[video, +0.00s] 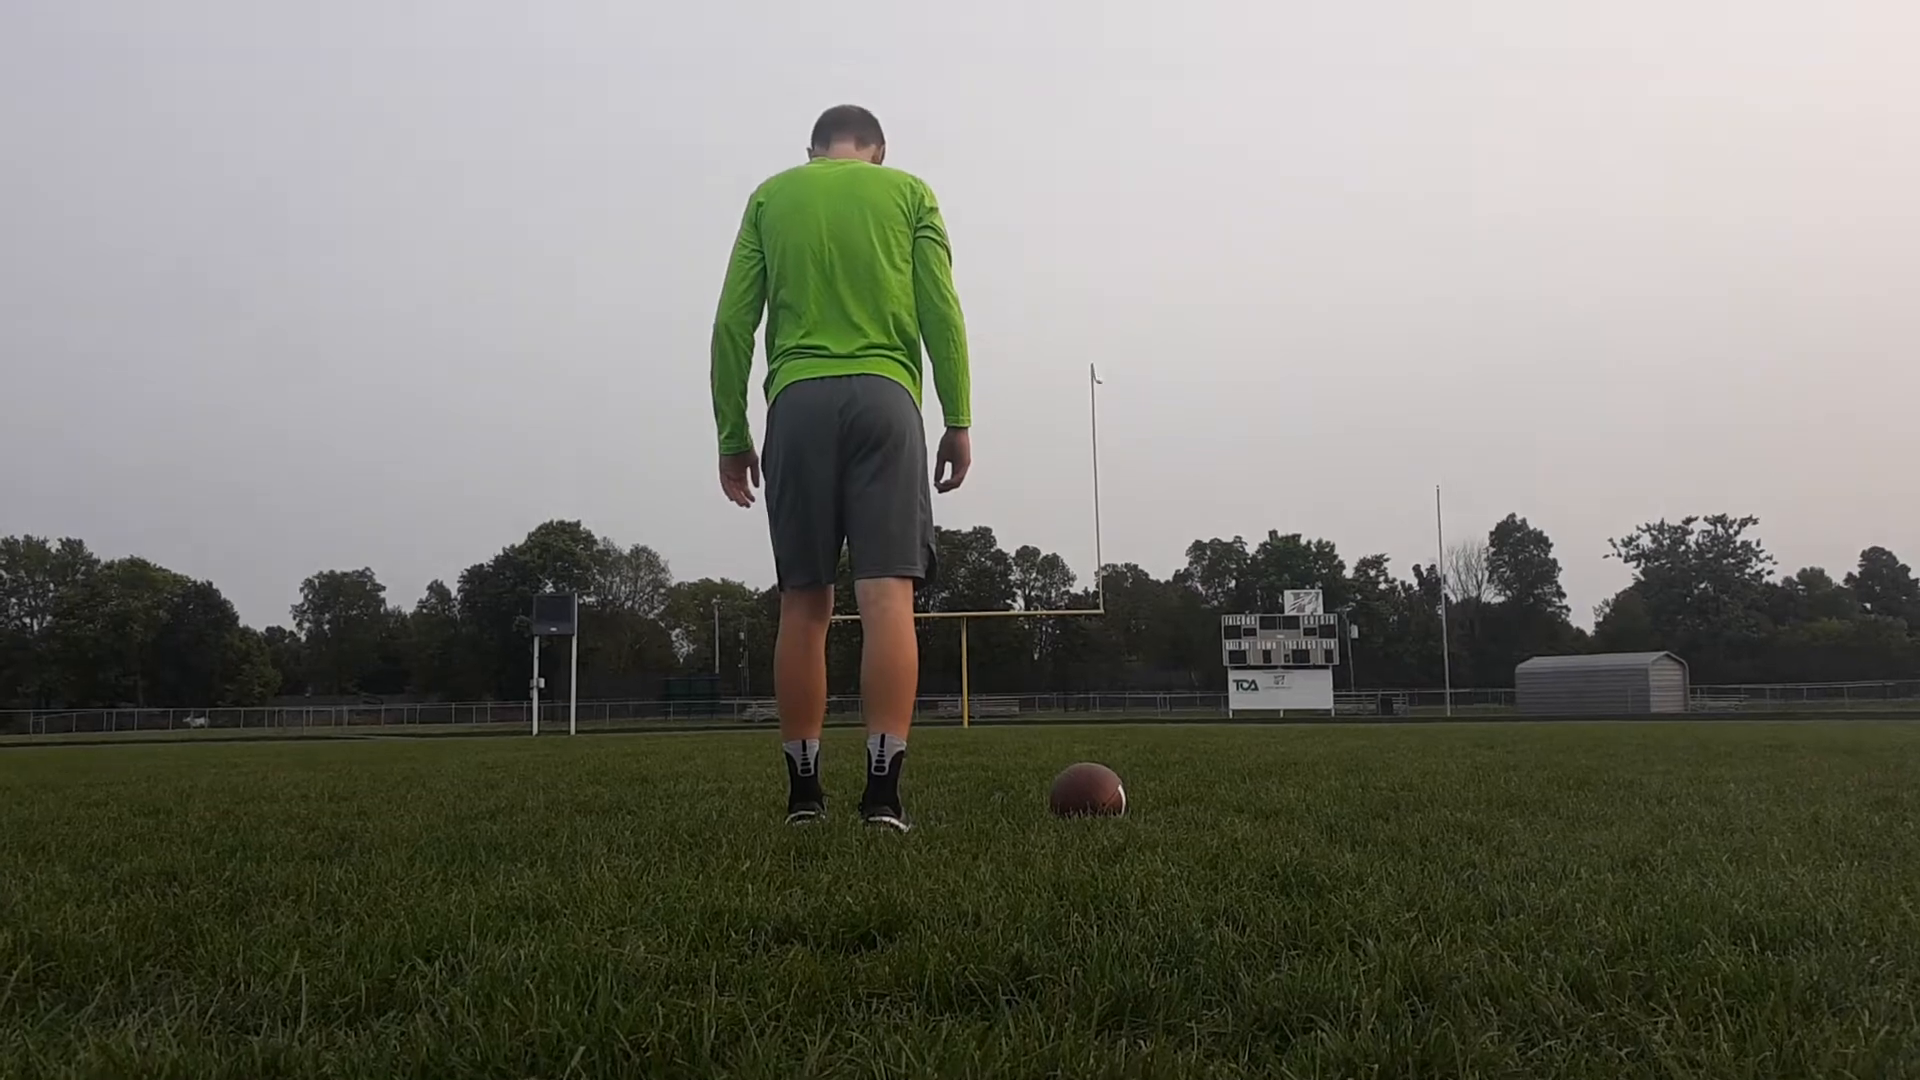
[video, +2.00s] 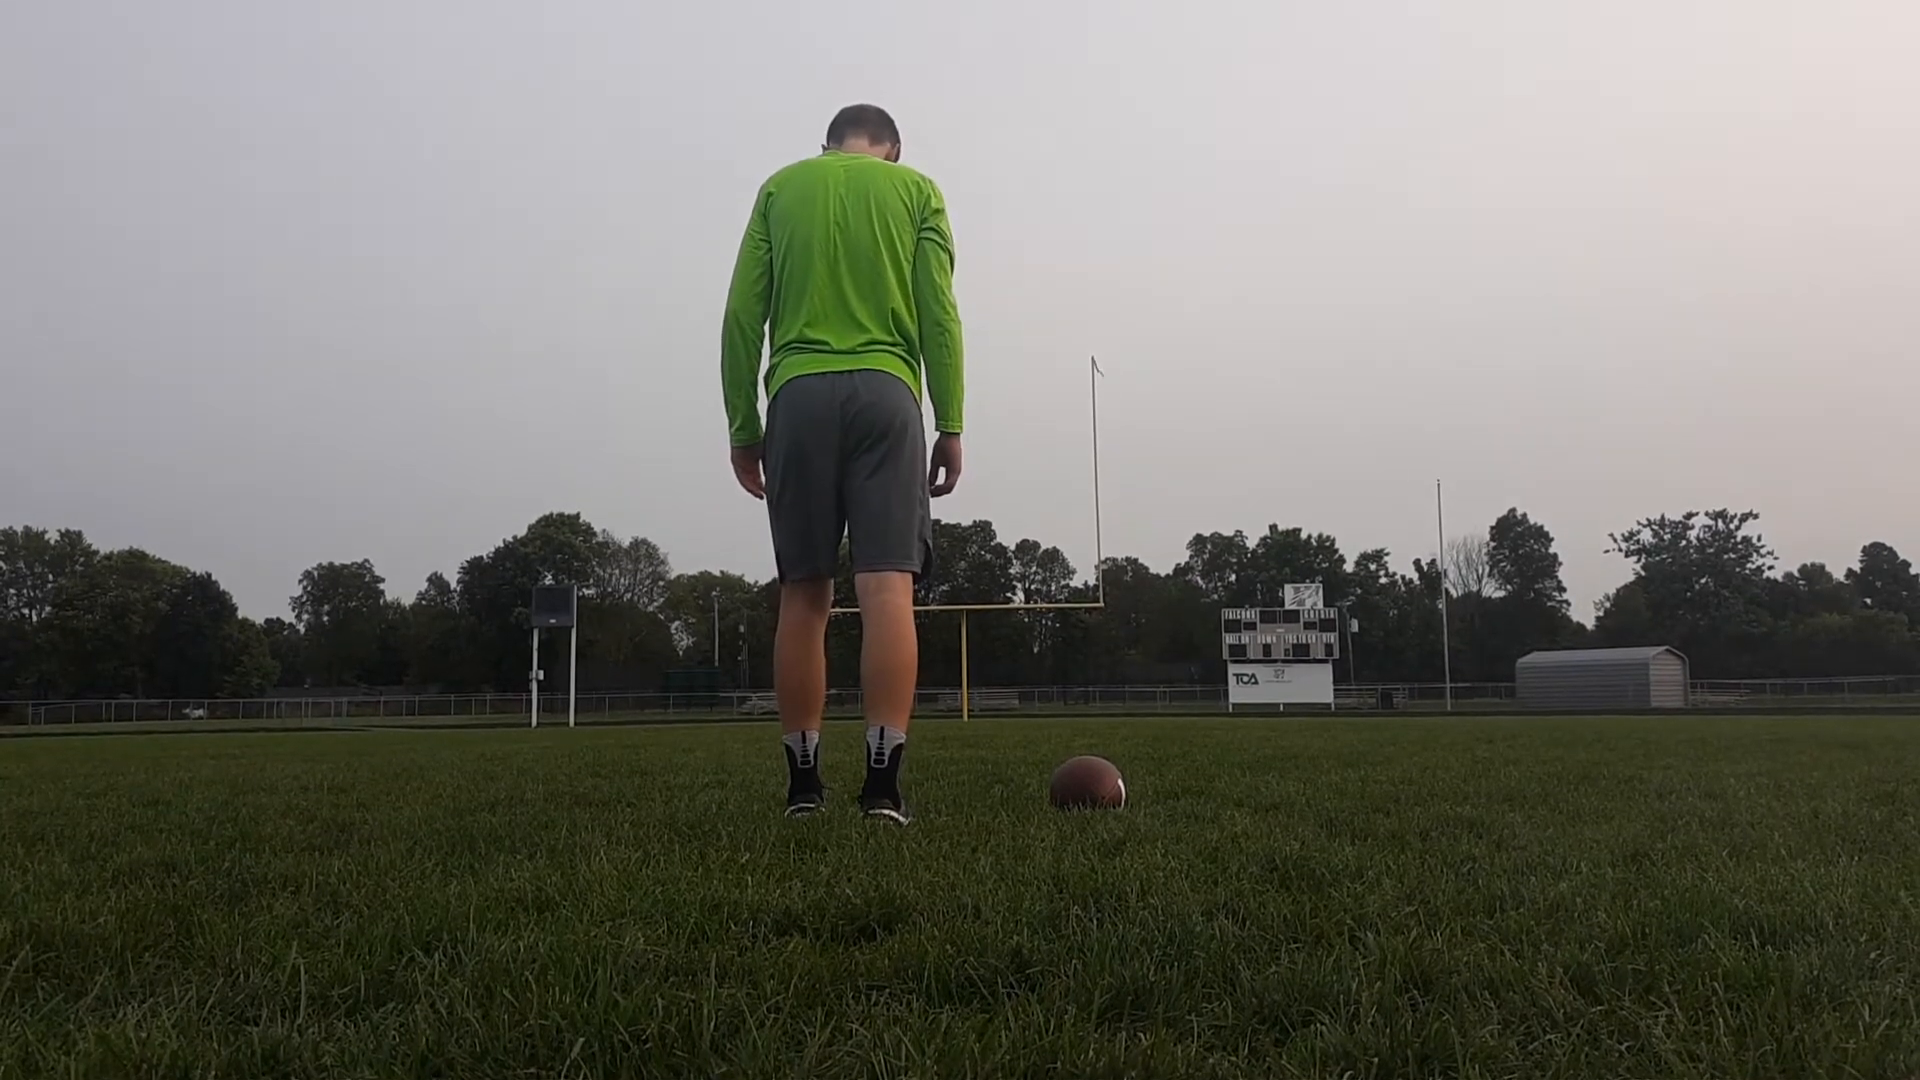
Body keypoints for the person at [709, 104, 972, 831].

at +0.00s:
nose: (874, 164)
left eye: (863, 155)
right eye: (877, 154)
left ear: (812, 149)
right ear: (875, 148)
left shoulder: (769, 196)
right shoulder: (907, 190)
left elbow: (732, 320)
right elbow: (939, 304)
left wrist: (731, 434)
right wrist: (958, 419)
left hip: (798, 401)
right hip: (884, 397)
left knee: (803, 602)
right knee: (886, 596)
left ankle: (804, 794)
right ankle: (883, 797)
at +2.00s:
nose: (894, 164)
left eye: (886, 155)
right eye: (896, 154)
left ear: (827, 142)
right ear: (891, 146)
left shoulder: (780, 186)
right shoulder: (914, 187)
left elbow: (743, 310)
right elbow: (937, 306)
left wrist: (743, 428)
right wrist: (950, 424)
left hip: (798, 396)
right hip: (885, 394)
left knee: (803, 591)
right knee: (886, 589)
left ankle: (803, 784)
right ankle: (882, 787)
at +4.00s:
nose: (910, 170)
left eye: (905, 161)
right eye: (912, 160)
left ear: (843, 141)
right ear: (906, 148)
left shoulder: (792, 184)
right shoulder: (927, 191)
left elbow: (751, 310)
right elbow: (947, 313)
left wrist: (751, 426)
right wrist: (957, 427)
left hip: (807, 397)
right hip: (893, 397)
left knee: (806, 593)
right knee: (889, 591)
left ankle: (805, 787)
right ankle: (882, 792)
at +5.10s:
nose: (888, 78)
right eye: (893, 66)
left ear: (817, 58)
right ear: (893, 59)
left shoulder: (768, 113)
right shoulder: (934, 118)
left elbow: (712, 263)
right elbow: (980, 250)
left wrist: (733, 386)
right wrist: (995, 380)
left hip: (793, 357)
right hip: (896, 365)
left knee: (801, 584)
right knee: (893, 593)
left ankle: (805, 809)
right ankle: (886, 795)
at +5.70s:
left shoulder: (714, 7)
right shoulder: (921, 6)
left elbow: (654, 137)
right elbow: (959, 107)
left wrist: (658, 310)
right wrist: (985, 276)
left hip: (759, 270)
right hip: (879, 268)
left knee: (787, 548)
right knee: (907, 536)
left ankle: (803, 825)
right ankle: (884, 731)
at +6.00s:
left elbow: (637, 60)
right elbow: (1027, 83)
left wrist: (639, 260)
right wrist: (1038, 262)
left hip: (755, 225)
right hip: (894, 214)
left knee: (788, 555)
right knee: (898, 536)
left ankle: (802, 829)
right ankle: (884, 853)